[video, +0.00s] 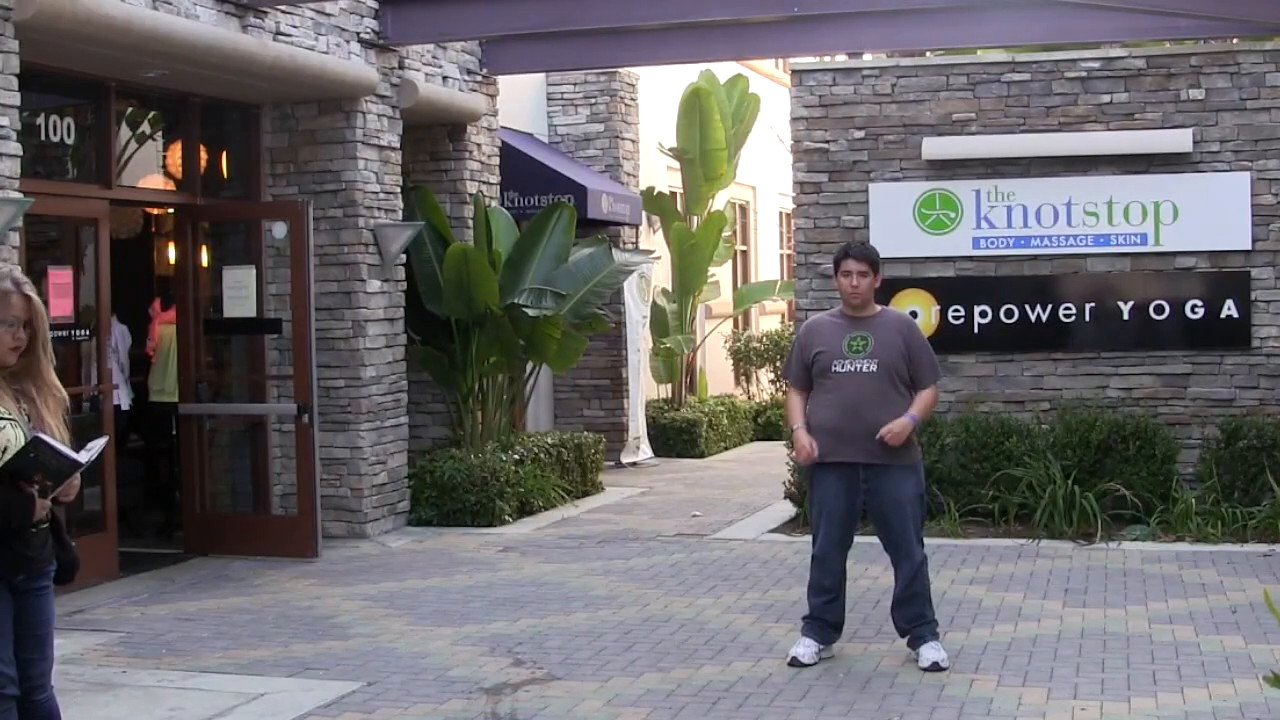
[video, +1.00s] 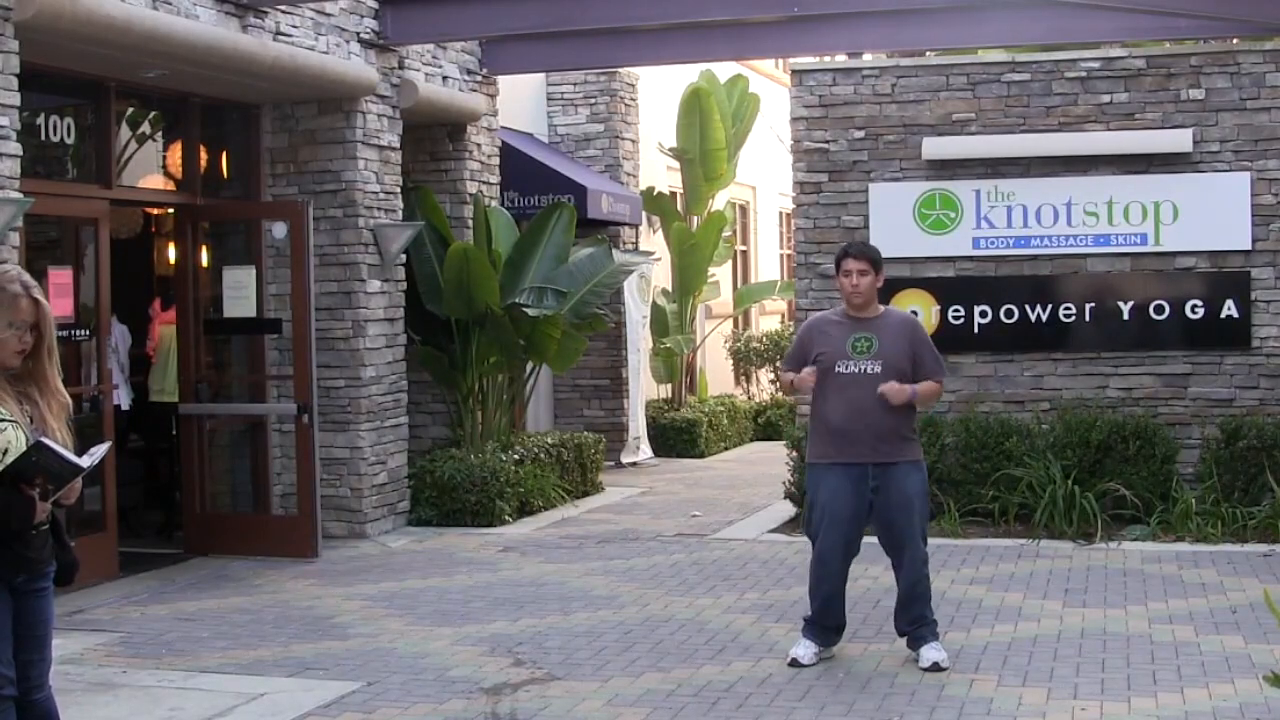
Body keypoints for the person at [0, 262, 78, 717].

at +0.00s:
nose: (17, 335)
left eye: (24, 325)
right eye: (7, 324)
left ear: (34, 329)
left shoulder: (43, 393)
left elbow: (61, 471)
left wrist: (67, 488)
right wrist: (29, 505)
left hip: (36, 561)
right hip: (2, 561)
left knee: (37, 689)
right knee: (6, 690)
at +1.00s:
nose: (24, 338)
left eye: (30, 328)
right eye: (14, 327)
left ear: (39, 332)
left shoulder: (43, 396)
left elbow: (59, 477)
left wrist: (68, 491)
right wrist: (21, 505)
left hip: (36, 562)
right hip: (2, 561)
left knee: (35, 688)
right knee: (5, 690)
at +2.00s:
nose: (22, 341)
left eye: (29, 330)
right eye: (12, 329)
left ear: (38, 333)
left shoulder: (47, 396)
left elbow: (67, 479)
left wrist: (66, 490)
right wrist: (23, 508)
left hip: (37, 556)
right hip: (2, 557)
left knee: (35, 682)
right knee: (14, 686)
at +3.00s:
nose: (18, 331)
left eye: (25, 321)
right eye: (10, 319)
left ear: (33, 327)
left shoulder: (43, 388)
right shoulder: (5, 387)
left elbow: (62, 462)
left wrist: (69, 484)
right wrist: (31, 497)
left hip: (38, 552)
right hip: (3, 551)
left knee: (37, 684)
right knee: (6, 685)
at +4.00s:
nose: (10, 337)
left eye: (18, 326)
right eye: (2, 325)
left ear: (30, 331)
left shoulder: (42, 393)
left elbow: (64, 472)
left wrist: (71, 483)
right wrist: (15, 503)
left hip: (35, 565)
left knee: (46, 699)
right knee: (16, 699)